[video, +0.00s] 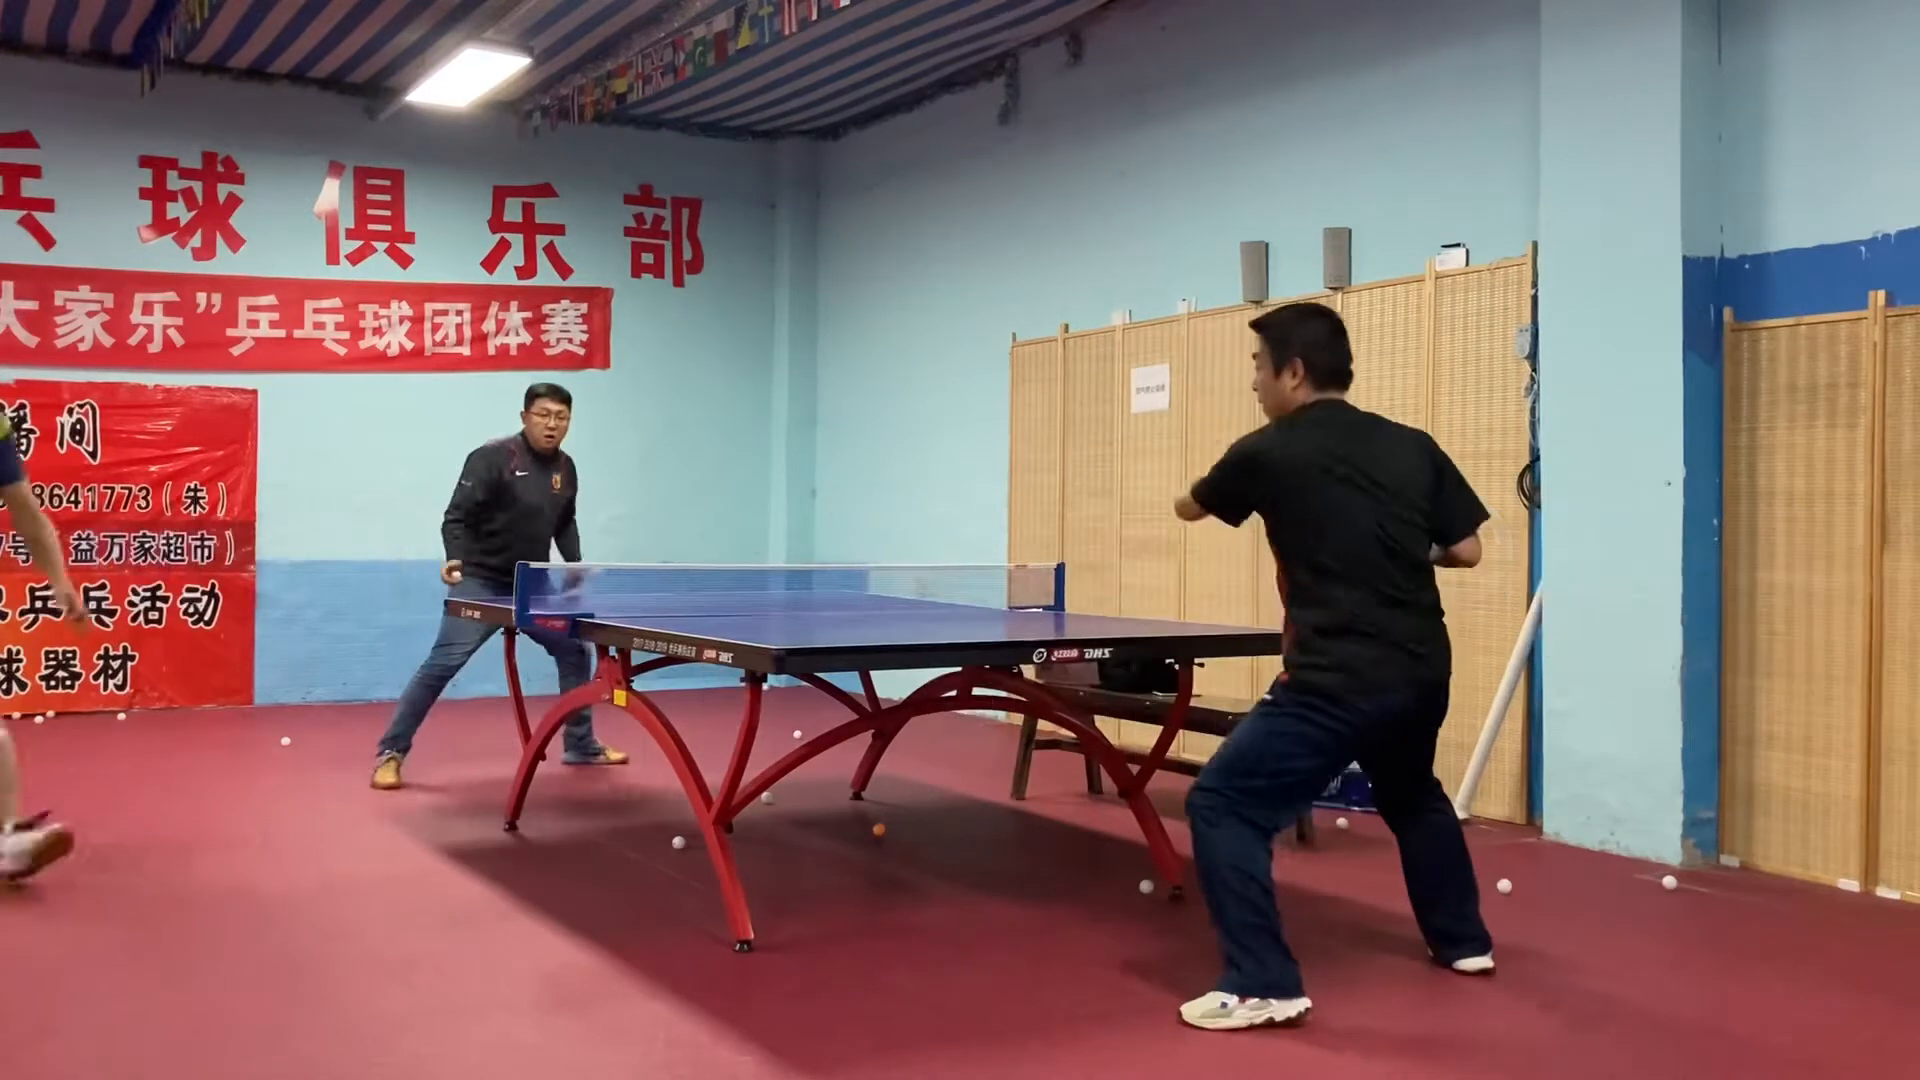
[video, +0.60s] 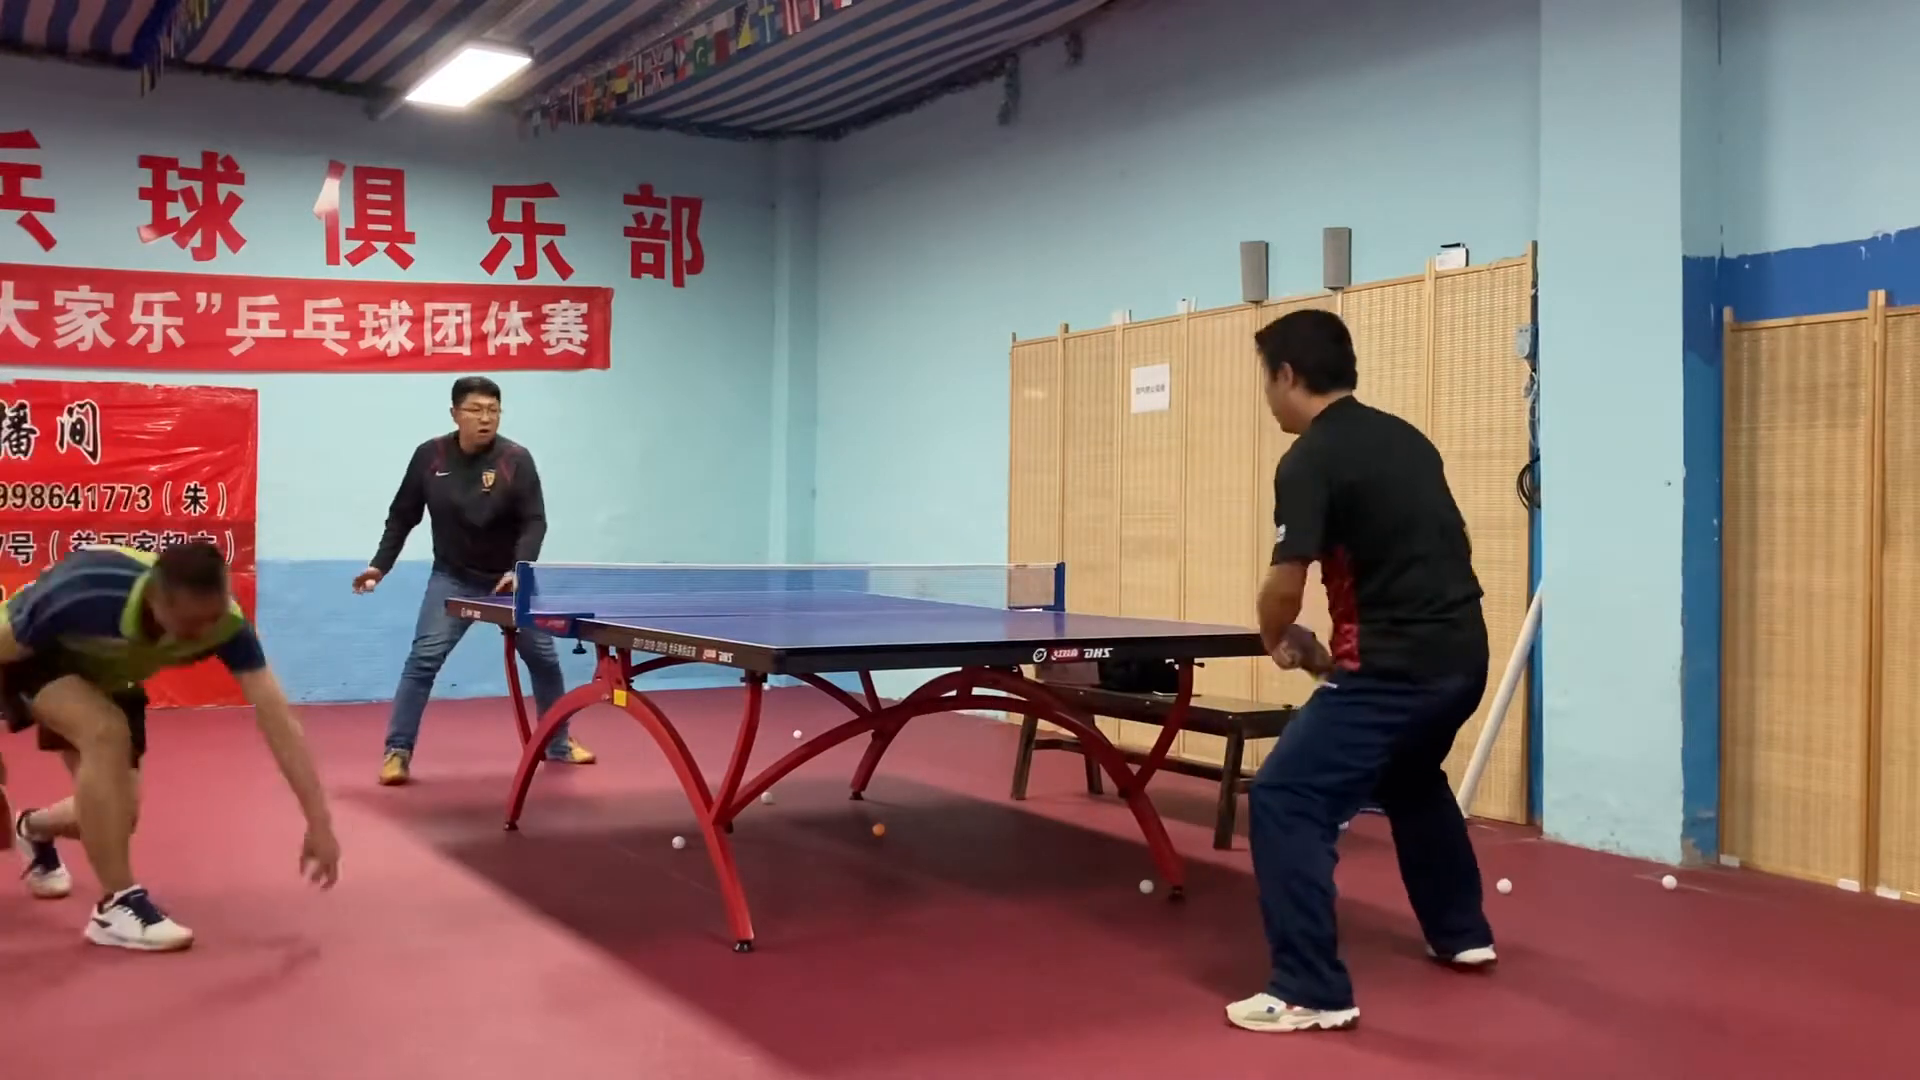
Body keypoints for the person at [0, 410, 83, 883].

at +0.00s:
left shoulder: (2, 428)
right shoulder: (4, 431)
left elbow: (26, 508)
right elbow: (26, 509)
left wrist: (60, 579)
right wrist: (61, 580)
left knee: (1, 723)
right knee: (0, 724)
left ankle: (9, 826)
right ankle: (7, 827)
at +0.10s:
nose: (12, 399)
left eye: (17, 387)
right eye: (6, 387)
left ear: (25, 380)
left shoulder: (32, 437)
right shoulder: (27, 435)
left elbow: (84, 525)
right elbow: (83, 525)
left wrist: (121, 596)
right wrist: (122, 598)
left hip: (10, 589)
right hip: (10, 591)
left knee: (19, 705)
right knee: (16, 708)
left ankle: (20, 846)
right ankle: (17, 846)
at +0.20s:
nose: (34, 430)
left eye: (48, 418)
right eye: (23, 417)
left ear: (61, 408)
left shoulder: (73, 454)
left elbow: (130, 537)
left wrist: (172, 613)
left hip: (27, 594)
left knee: (51, 709)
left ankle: (23, 849)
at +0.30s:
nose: (72, 462)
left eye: (84, 450)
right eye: (60, 449)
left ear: (98, 435)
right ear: (32, 426)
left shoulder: (111, 470)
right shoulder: (2, 453)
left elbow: (169, 553)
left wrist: (215, 634)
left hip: (58, 601)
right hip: (1, 602)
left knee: (77, 725)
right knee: (21, 703)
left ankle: (25, 845)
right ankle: (6, 850)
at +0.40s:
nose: (115, 507)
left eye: (127, 494)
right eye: (102, 494)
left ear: (140, 477)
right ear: (71, 471)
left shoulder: (153, 511)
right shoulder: (18, 493)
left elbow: (208, 593)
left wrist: (257, 676)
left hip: (79, 625)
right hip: (10, 619)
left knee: (93, 752)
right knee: (51, 718)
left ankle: (25, 841)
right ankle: (85, 874)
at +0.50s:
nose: (162, 565)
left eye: (173, 553)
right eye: (151, 554)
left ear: (185, 533)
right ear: (119, 535)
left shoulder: (191, 560)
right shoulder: (49, 545)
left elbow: (246, 644)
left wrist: (298, 739)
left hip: (98, 656)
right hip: (23, 643)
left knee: (120, 794)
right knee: (89, 732)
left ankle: (33, 833)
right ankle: (117, 902)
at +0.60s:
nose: (202, 631)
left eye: (211, 619)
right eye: (190, 621)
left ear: (223, 600)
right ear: (157, 600)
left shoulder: (228, 625)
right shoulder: (83, 595)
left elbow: (277, 719)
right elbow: (2, 646)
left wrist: (319, 822)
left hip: (118, 679)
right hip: (39, 655)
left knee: (115, 820)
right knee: (106, 730)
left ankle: (33, 827)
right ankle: (118, 901)